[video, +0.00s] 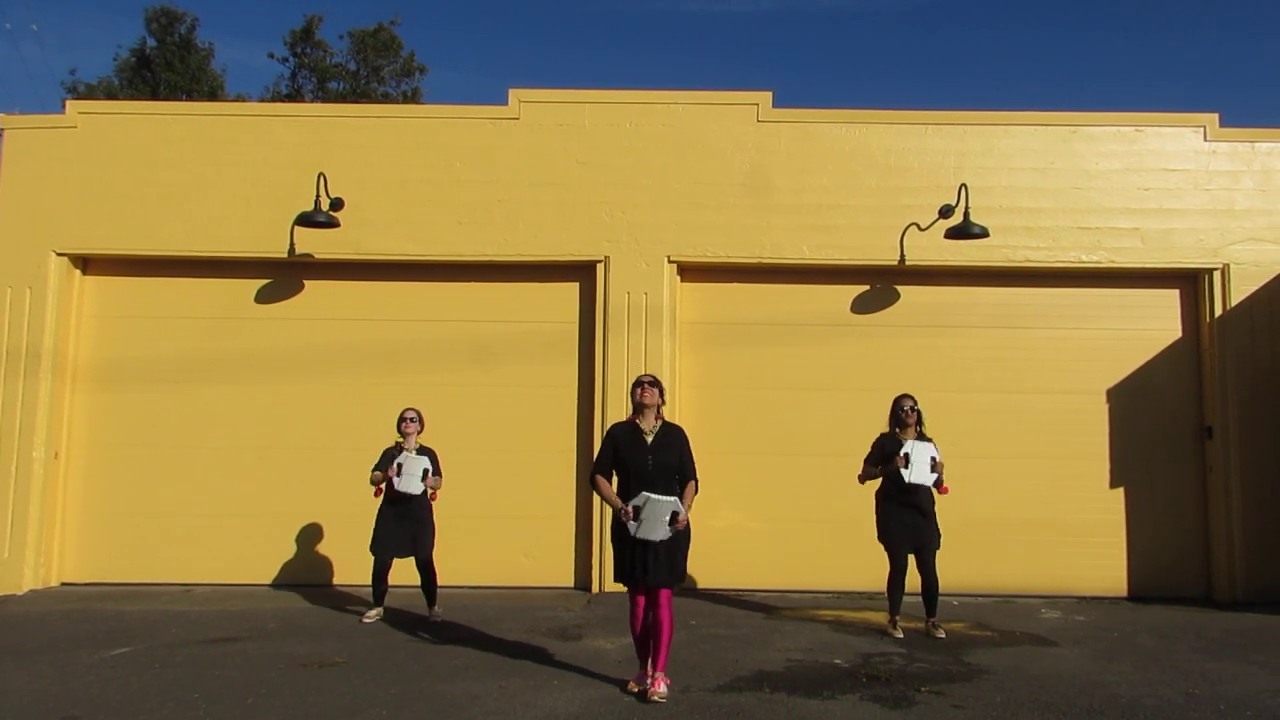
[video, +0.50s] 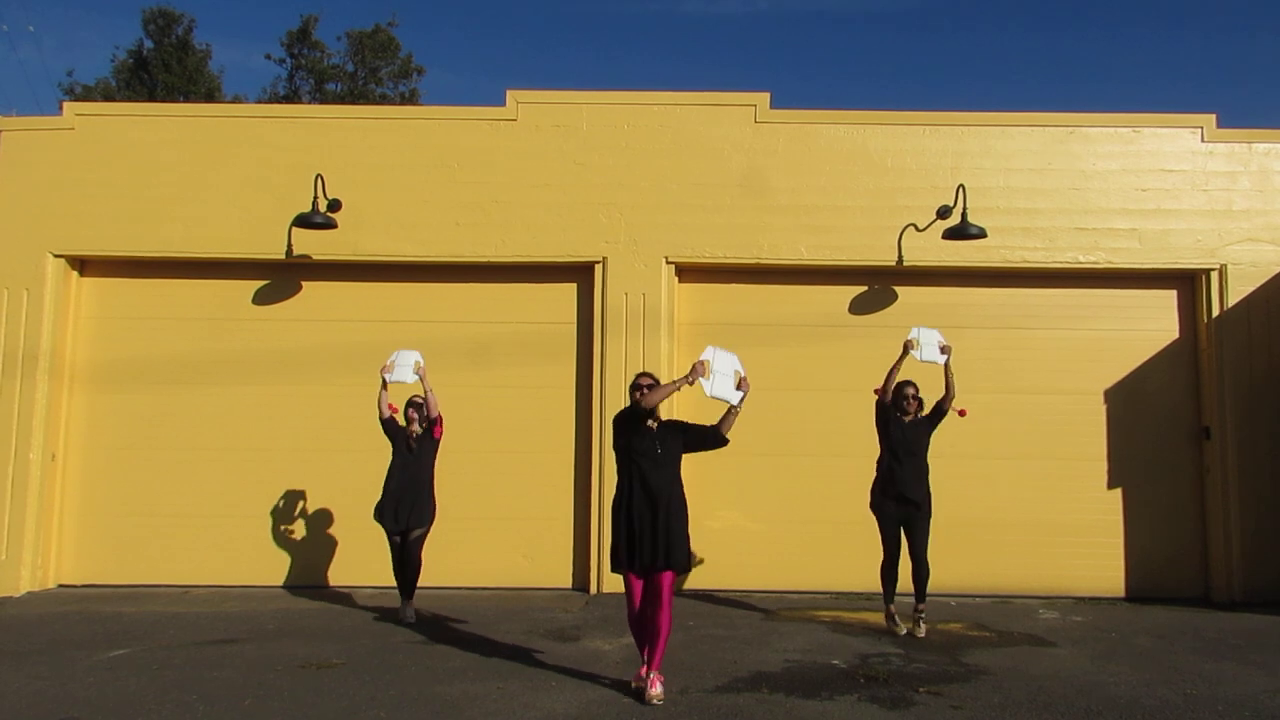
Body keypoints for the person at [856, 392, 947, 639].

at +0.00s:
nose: (908, 413)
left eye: (912, 409)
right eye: (903, 409)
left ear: (918, 413)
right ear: (895, 414)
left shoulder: (927, 444)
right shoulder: (885, 441)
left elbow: (938, 483)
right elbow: (863, 475)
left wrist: (937, 470)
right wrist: (891, 467)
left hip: (923, 514)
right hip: (893, 513)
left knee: (928, 569)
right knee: (898, 567)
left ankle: (931, 621)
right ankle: (894, 621)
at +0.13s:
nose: (906, 401)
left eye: (910, 396)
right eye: (900, 398)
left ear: (916, 400)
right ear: (892, 402)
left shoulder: (924, 427)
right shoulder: (885, 424)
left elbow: (950, 464)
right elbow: (878, 443)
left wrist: (953, 440)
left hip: (919, 501)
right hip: (890, 501)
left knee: (920, 559)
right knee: (893, 558)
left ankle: (927, 615)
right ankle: (891, 616)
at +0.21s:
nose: (904, 402)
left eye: (909, 398)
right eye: (899, 398)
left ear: (915, 403)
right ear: (888, 402)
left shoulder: (921, 431)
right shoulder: (881, 425)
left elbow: (960, 448)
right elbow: (893, 420)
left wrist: (965, 418)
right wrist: (922, 404)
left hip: (919, 502)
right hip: (889, 501)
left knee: (917, 559)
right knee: (893, 559)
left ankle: (921, 614)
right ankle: (892, 614)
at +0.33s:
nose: (905, 407)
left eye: (908, 403)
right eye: (901, 404)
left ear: (913, 407)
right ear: (891, 407)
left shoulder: (924, 434)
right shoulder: (884, 431)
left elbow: (964, 425)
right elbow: (897, 400)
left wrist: (971, 393)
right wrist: (934, 379)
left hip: (919, 506)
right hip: (890, 506)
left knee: (918, 562)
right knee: (893, 562)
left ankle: (921, 616)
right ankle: (891, 616)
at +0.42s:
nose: (909, 401)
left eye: (912, 398)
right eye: (904, 397)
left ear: (917, 403)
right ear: (895, 403)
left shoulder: (924, 428)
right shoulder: (886, 425)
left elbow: (959, 410)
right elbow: (892, 395)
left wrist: (962, 377)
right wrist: (922, 364)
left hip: (919, 503)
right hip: (889, 502)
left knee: (917, 560)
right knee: (892, 559)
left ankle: (921, 615)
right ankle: (891, 613)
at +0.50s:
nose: (910, 401)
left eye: (914, 397)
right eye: (906, 397)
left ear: (919, 402)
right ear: (896, 401)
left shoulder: (926, 424)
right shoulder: (886, 422)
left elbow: (949, 396)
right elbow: (885, 393)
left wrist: (946, 362)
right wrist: (903, 356)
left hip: (918, 498)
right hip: (887, 497)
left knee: (919, 557)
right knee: (891, 556)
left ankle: (920, 612)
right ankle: (890, 610)